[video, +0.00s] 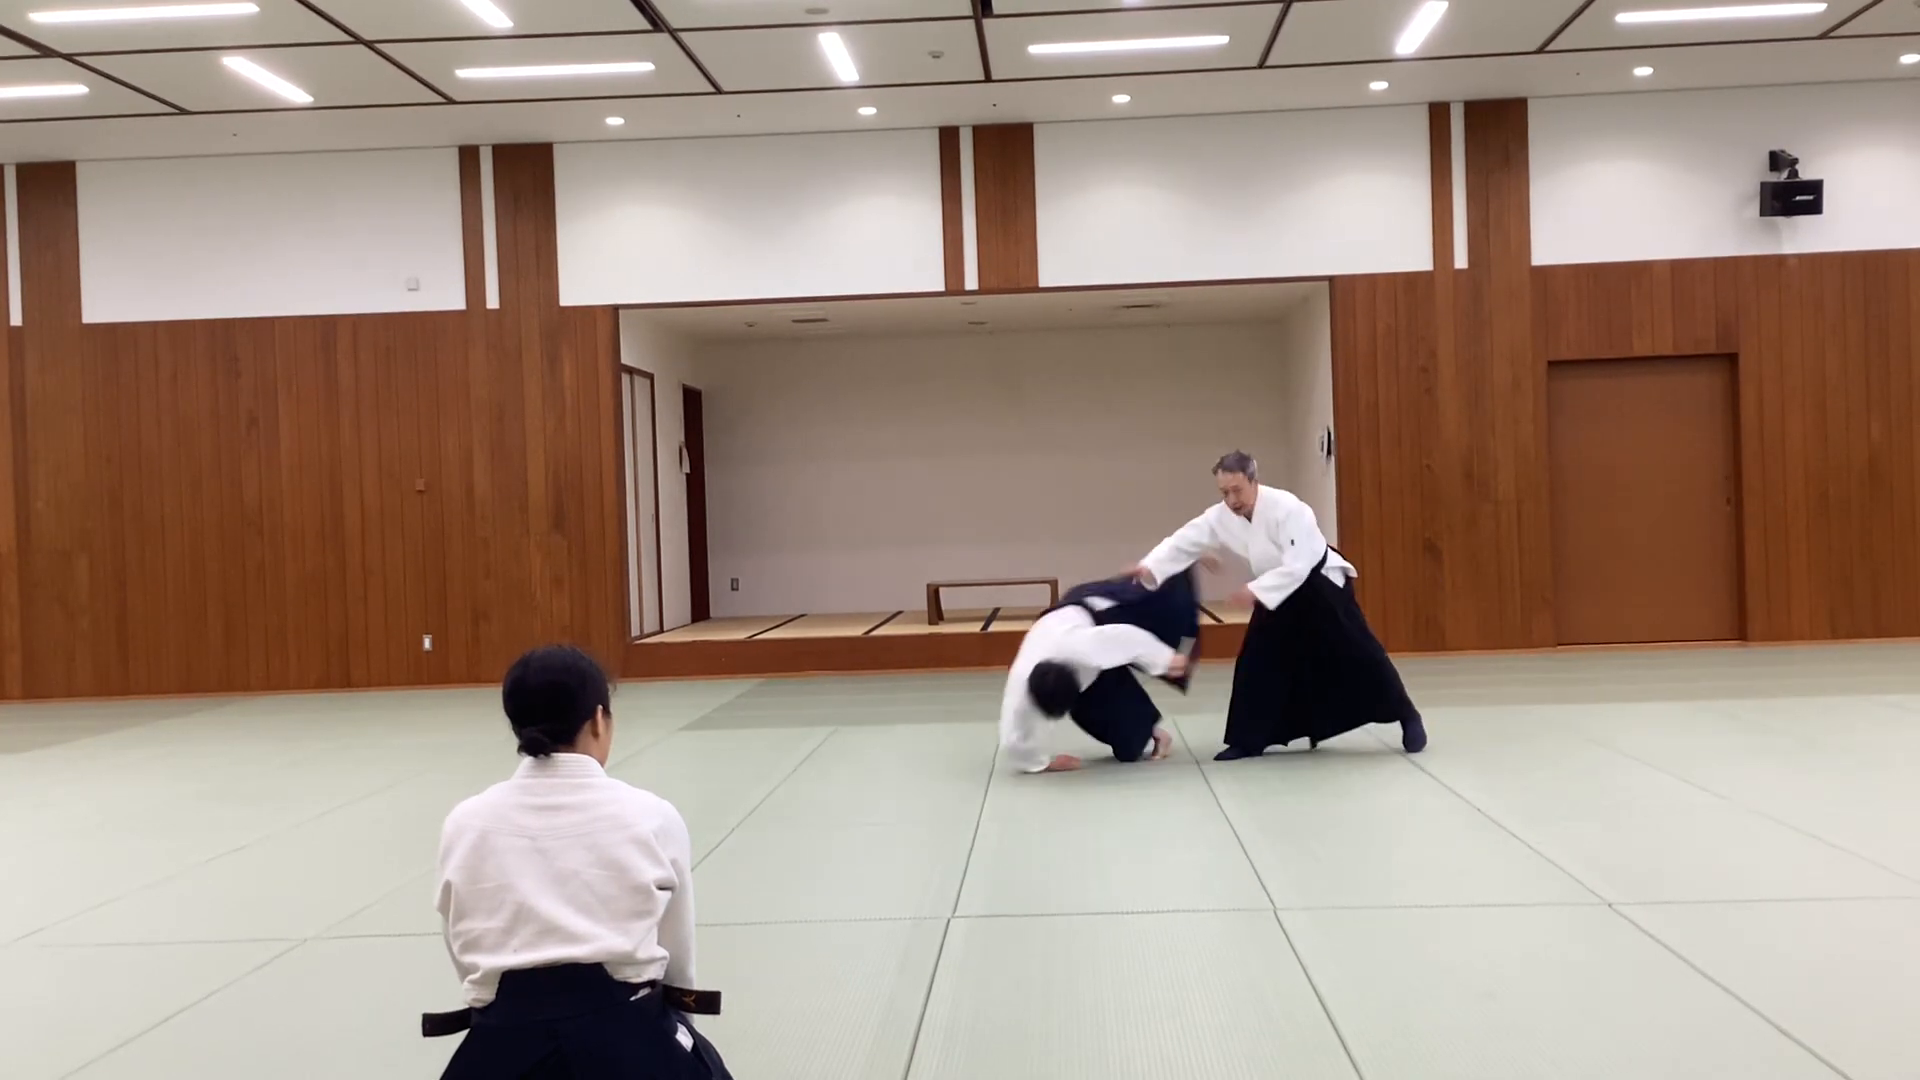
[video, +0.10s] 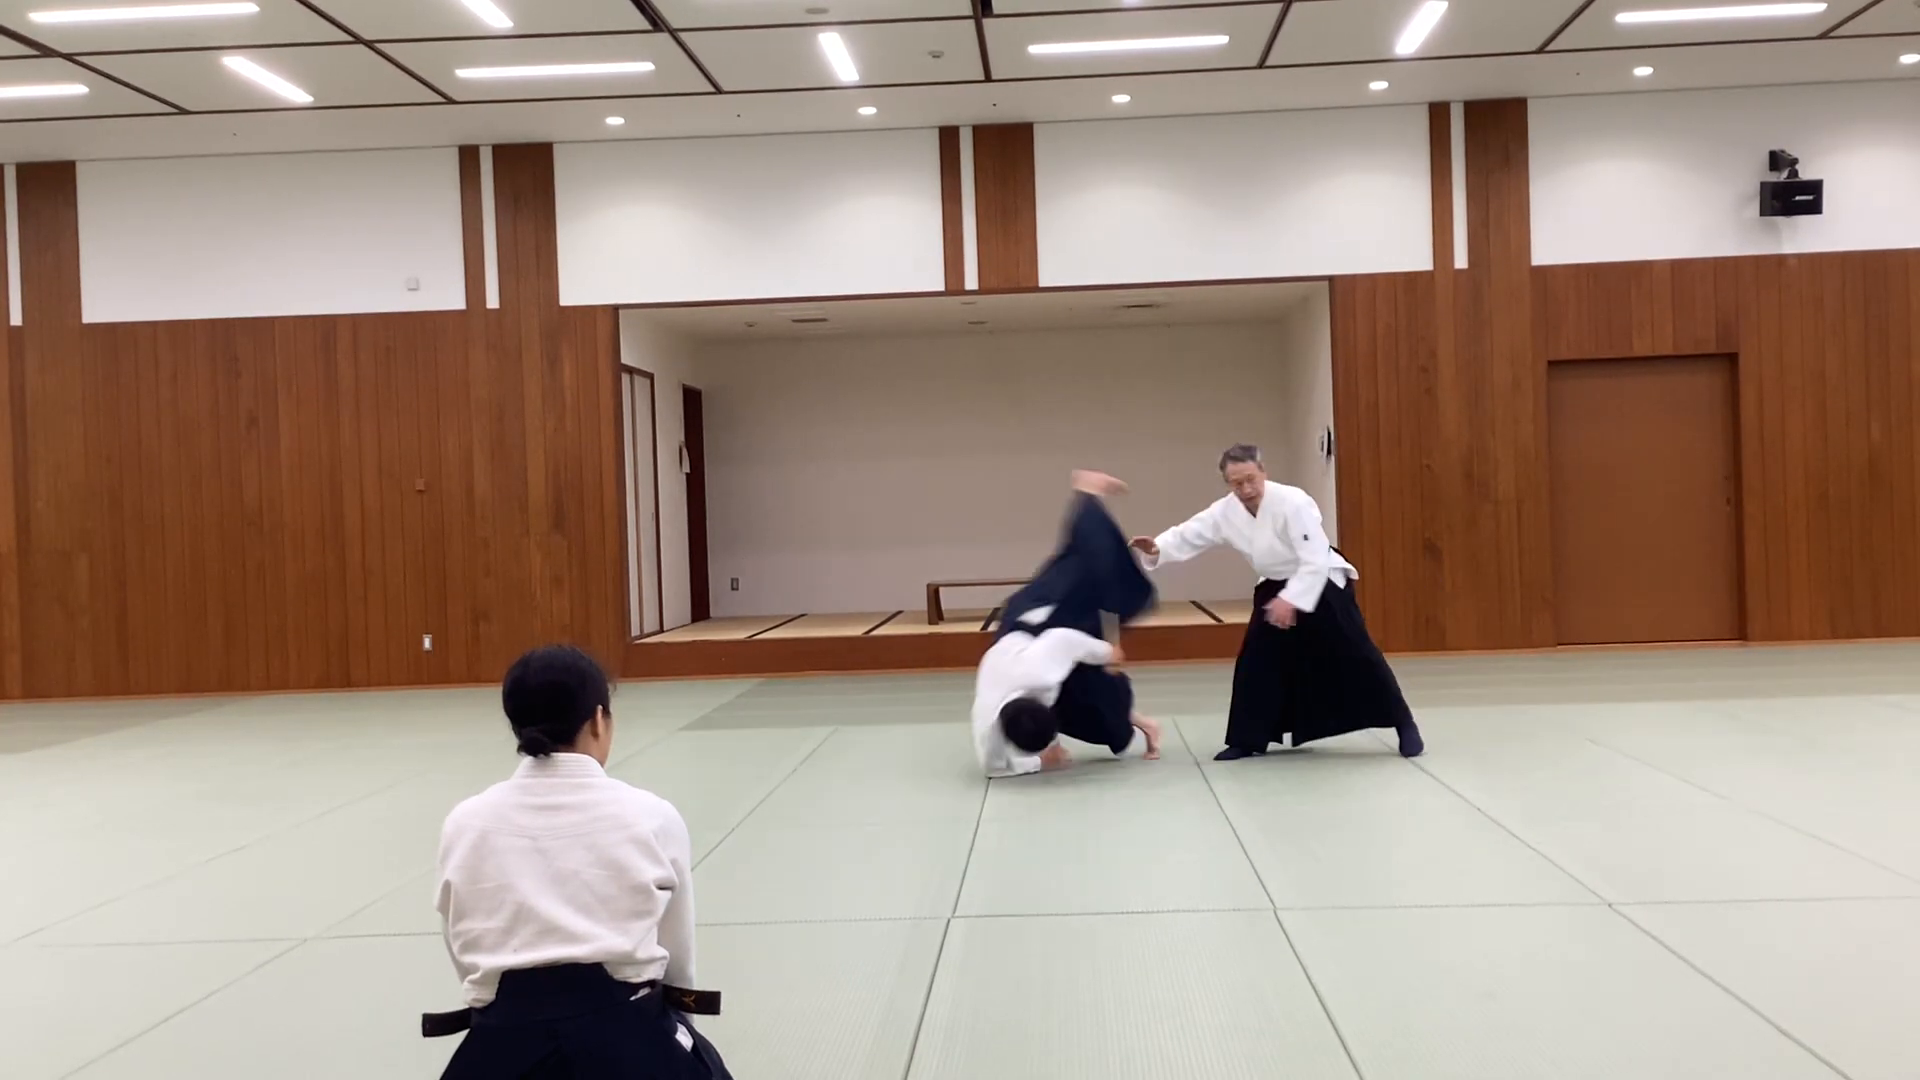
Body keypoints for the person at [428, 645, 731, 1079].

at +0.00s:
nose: (610, 727)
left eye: (609, 714)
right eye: (609, 716)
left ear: (518, 725)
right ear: (598, 721)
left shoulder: (464, 823)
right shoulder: (652, 817)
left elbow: (464, 960)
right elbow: (678, 967)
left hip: (503, 1050)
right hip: (629, 1046)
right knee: (696, 1045)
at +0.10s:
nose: (610, 729)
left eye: (610, 716)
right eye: (610, 717)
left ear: (518, 725)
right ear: (598, 722)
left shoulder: (464, 823)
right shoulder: (652, 817)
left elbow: (465, 960)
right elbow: (678, 967)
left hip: (503, 1050)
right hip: (629, 1045)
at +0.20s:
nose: (610, 728)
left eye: (609, 715)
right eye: (609, 716)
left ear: (518, 726)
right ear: (597, 722)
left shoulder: (464, 823)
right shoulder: (652, 817)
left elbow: (465, 961)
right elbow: (678, 967)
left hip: (503, 1050)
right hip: (629, 1046)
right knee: (696, 1045)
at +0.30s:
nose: (610, 728)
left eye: (609, 714)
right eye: (609, 715)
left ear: (518, 725)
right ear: (597, 722)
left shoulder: (464, 823)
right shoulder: (652, 817)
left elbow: (464, 960)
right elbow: (678, 967)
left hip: (503, 1049)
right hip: (629, 1045)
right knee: (697, 1046)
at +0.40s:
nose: (610, 728)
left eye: (609, 715)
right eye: (609, 716)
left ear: (518, 726)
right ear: (597, 722)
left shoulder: (464, 823)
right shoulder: (652, 817)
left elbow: (465, 960)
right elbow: (678, 966)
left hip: (503, 1050)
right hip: (629, 1046)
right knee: (696, 1045)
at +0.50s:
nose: (610, 728)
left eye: (609, 715)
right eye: (609, 716)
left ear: (518, 726)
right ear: (597, 722)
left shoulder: (464, 823)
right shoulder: (652, 817)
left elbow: (465, 961)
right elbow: (678, 966)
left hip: (503, 1050)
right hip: (629, 1045)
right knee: (695, 1045)